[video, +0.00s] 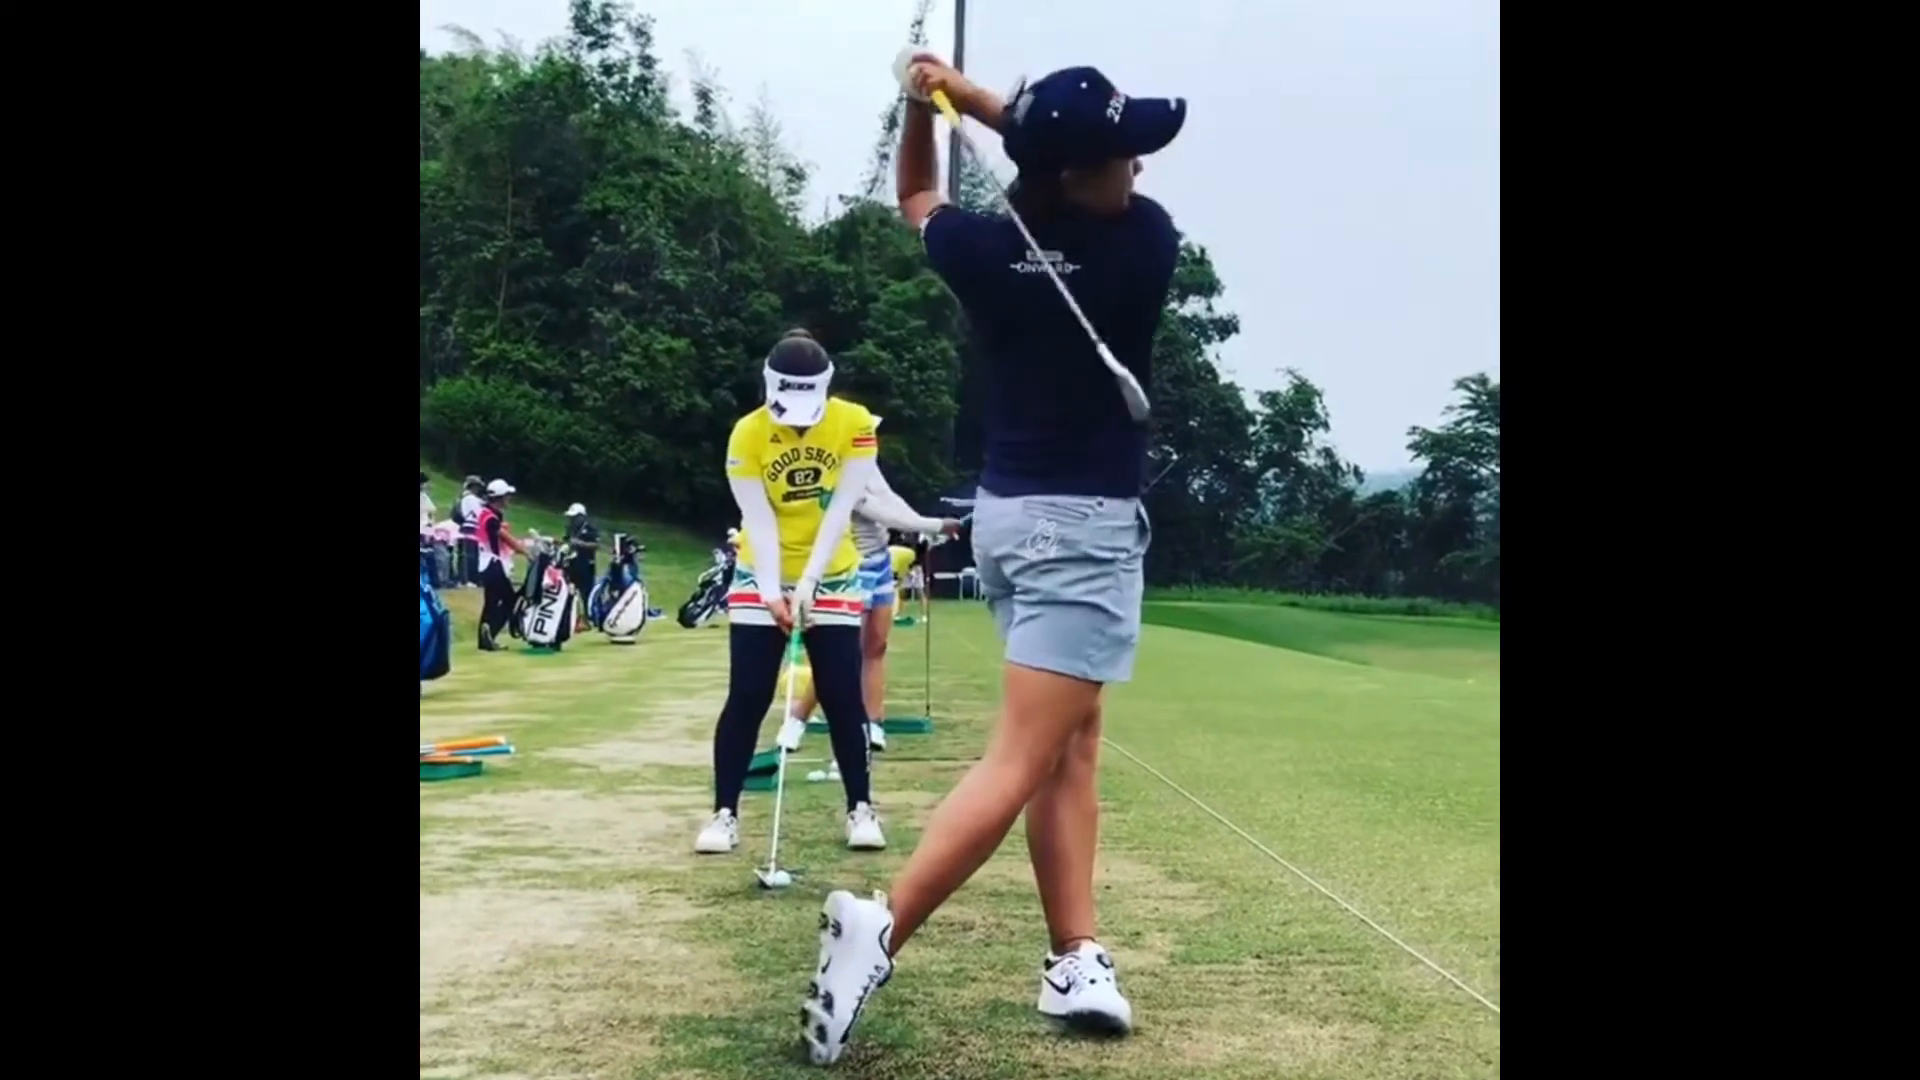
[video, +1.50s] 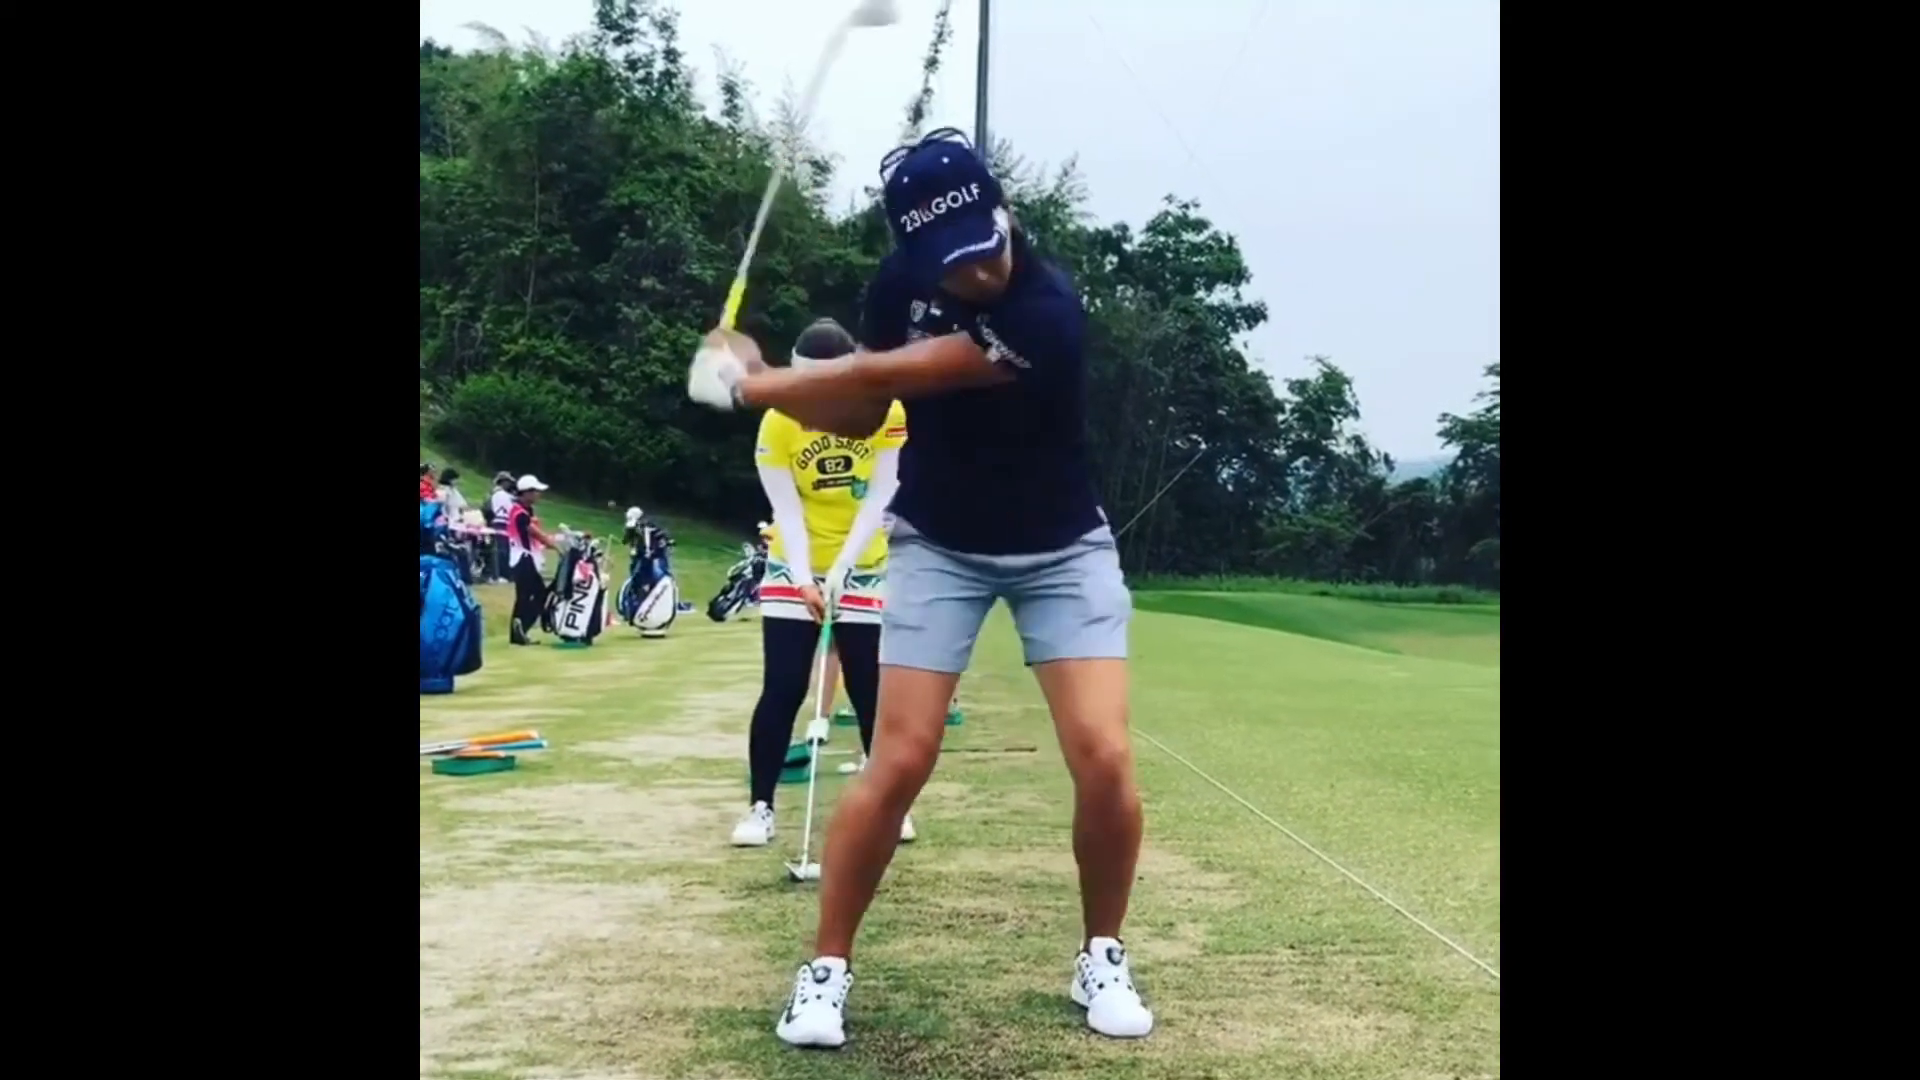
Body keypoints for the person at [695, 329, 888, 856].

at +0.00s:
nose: (795, 414)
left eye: (806, 403)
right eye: (785, 402)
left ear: (826, 387)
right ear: (770, 387)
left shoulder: (856, 424)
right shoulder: (747, 437)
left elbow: (844, 505)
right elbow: (758, 522)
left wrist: (808, 579)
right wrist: (769, 587)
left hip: (834, 576)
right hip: (759, 575)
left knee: (841, 696)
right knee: (747, 696)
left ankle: (860, 808)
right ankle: (724, 814)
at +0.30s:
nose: (800, 421)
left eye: (810, 410)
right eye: (790, 409)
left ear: (831, 394)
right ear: (775, 394)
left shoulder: (862, 431)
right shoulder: (753, 442)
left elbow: (844, 513)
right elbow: (764, 526)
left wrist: (808, 582)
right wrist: (774, 594)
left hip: (835, 579)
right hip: (764, 577)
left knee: (837, 696)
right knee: (746, 696)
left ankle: (852, 814)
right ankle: (715, 815)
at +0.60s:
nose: (789, 425)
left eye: (799, 414)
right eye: (779, 413)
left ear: (819, 398)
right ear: (764, 398)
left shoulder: (849, 434)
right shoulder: (741, 445)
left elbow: (833, 516)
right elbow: (755, 530)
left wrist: (797, 588)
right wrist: (770, 599)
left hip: (823, 587)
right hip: (750, 585)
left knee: (830, 703)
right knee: (736, 702)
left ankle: (849, 816)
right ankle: (710, 821)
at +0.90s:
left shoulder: (899, 410)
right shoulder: (806, 408)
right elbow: (809, 502)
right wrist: (816, 569)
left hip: (887, 546)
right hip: (826, 549)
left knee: (877, 682)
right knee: (805, 668)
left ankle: (872, 787)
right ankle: (789, 786)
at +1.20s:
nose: (827, 387)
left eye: (838, 376)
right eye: (817, 376)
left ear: (854, 367)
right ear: (801, 368)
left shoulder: (876, 405)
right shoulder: (779, 416)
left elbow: (891, 491)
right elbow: (788, 502)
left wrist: (851, 564)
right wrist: (806, 571)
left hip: (864, 556)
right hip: (794, 560)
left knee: (868, 691)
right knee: (786, 686)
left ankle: (876, 797)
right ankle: (768, 800)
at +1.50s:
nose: (818, 391)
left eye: (830, 380)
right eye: (809, 380)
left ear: (853, 374)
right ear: (796, 373)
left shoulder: (889, 418)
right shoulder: (778, 424)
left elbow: (880, 501)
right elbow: (787, 511)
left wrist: (840, 569)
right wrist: (802, 576)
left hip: (865, 568)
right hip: (791, 566)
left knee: (871, 694)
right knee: (782, 689)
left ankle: (892, 805)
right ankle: (761, 806)